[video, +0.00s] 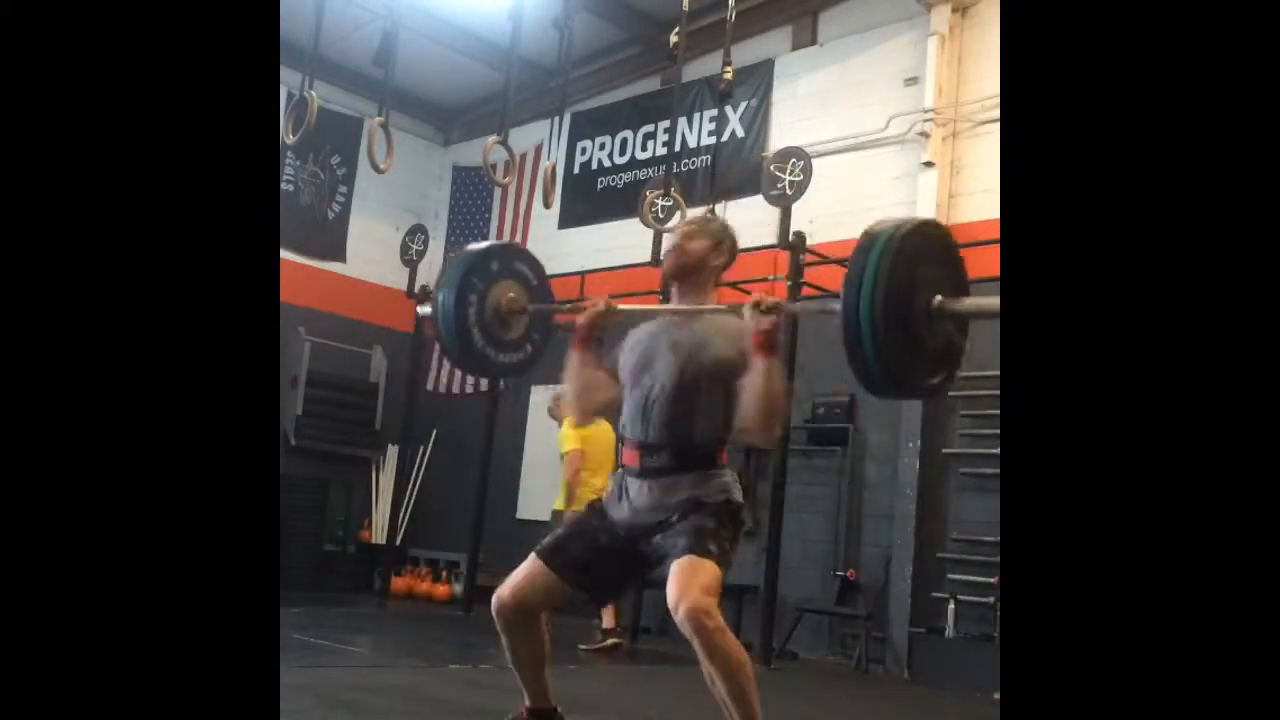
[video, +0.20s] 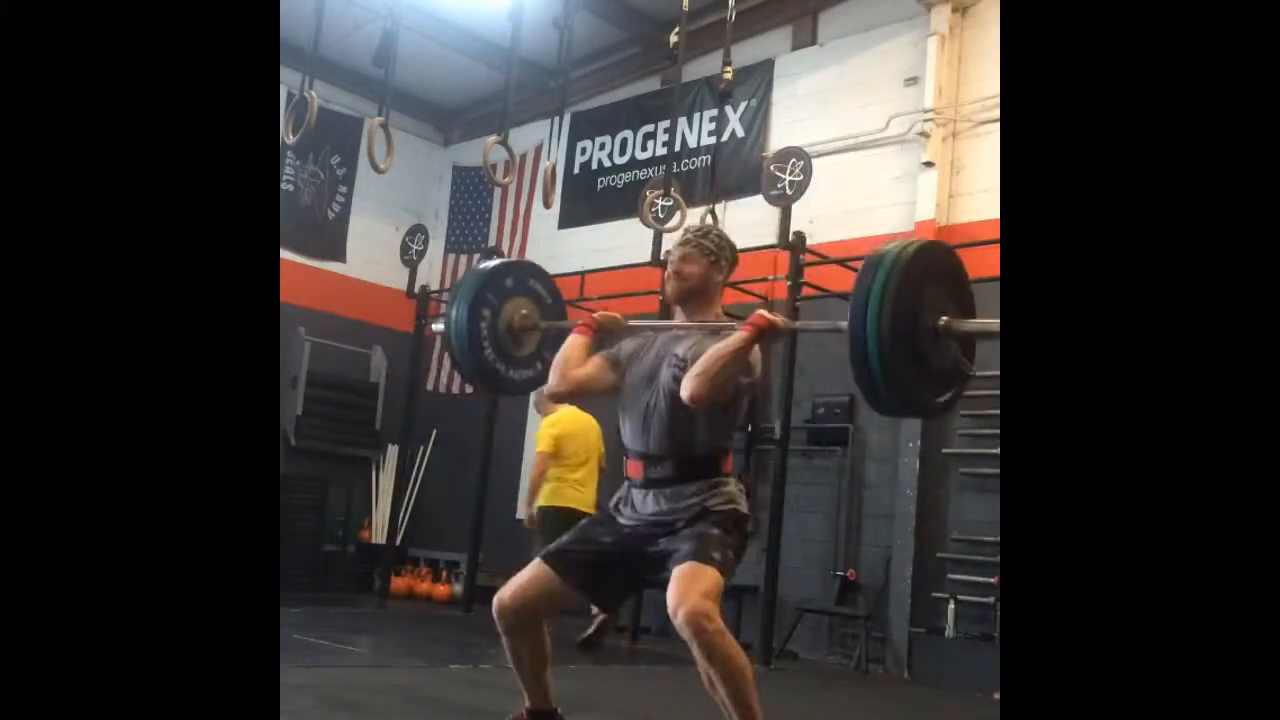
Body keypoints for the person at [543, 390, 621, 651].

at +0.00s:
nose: (556, 420)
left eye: (555, 413)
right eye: (554, 414)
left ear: (563, 408)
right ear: (587, 403)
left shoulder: (570, 427)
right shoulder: (606, 427)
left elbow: (574, 466)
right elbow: (610, 466)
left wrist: (569, 504)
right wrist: (602, 492)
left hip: (575, 506)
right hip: (603, 504)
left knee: (548, 564)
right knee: (603, 563)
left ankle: (538, 623)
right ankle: (609, 626)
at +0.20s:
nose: (539, 414)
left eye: (538, 409)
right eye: (538, 409)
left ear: (545, 403)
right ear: (560, 399)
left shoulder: (551, 423)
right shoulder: (591, 422)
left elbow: (541, 465)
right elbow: (601, 464)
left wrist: (529, 502)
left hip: (553, 503)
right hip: (584, 507)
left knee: (547, 570)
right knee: (578, 562)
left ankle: (539, 625)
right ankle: (598, 606)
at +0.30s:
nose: (537, 412)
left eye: (537, 407)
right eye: (536, 407)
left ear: (547, 400)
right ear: (560, 398)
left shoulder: (542, 422)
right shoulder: (587, 421)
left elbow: (526, 462)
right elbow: (597, 461)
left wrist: (512, 499)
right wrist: (573, 469)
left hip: (547, 504)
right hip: (579, 507)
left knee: (539, 567)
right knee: (575, 563)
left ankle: (536, 625)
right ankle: (584, 608)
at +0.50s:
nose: (531, 407)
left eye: (531, 404)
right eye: (532, 404)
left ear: (536, 400)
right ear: (555, 398)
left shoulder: (533, 420)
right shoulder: (580, 424)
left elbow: (507, 464)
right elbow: (591, 467)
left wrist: (496, 487)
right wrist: (587, 500)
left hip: (536, 502)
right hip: (568, 505)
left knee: (539, 565)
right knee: (559, 565)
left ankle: (541, 626)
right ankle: (560, 623)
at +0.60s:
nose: (530, 407)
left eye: (530, 403)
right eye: (531, 403)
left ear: (535, 400)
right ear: (554, 399)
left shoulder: (528, 421)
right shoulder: (577, 426)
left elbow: (502, 464)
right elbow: (587, 466)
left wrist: (512, 470)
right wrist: (586, 501)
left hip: (533, 501)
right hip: (562, 504)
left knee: (536, 561)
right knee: (543, 562)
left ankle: (538, 623)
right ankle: (534, 614)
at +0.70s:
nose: (527, 407)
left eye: (527, 403)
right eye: (529, 403)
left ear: (531, 401)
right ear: (551, 401)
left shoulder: (525, 423)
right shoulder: (573, 430)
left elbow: (501, 461)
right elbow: (583, 468)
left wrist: (513, 467)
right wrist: (584, 503)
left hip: (529, 500)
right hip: (557, 505)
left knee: (533, 561)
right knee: (537, 562)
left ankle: (538, 623)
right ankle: (520, 614)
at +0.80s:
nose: (525, 407)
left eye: (525, 404)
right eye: (528, 404)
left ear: (528, 402)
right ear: (548, 402)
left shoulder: (521, 425)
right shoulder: (568, 433)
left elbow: (498, 461)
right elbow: (578, 471)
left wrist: (520, 456)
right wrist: (576, 506)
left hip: (524, 502)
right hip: (551, 506)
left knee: (530, 561)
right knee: (531, 562)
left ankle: (538, 623)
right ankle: (513, 617)